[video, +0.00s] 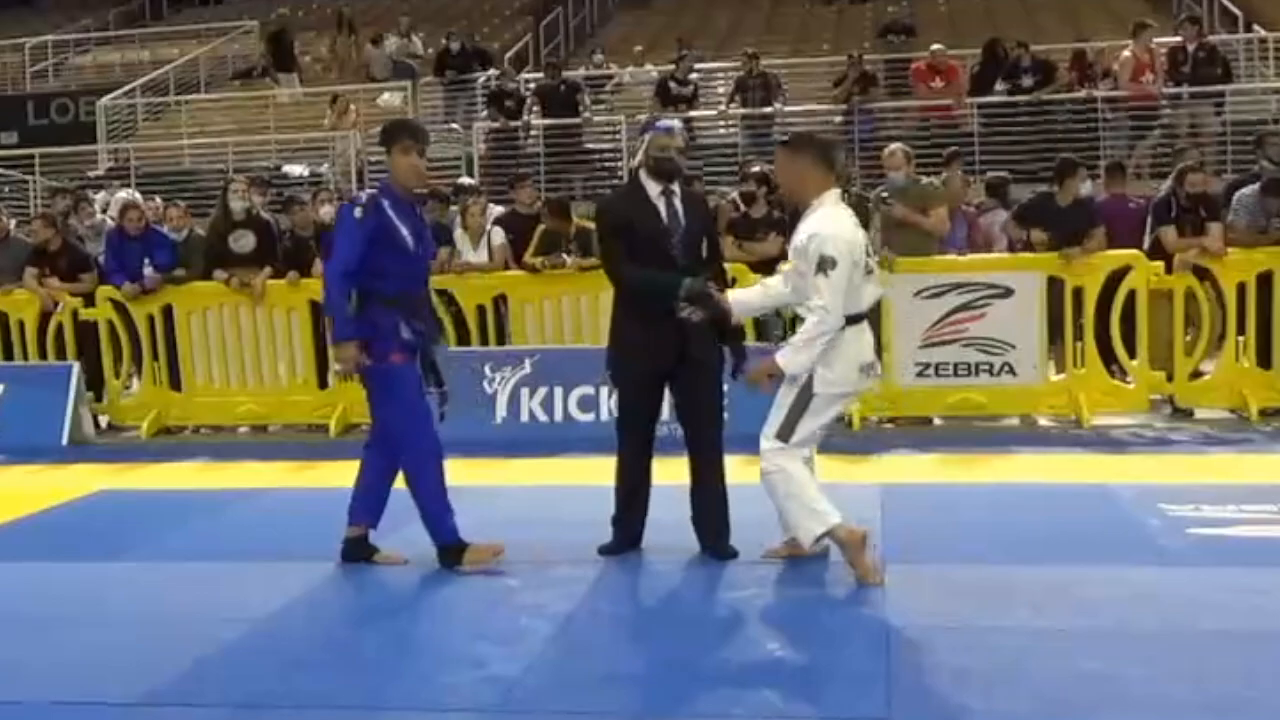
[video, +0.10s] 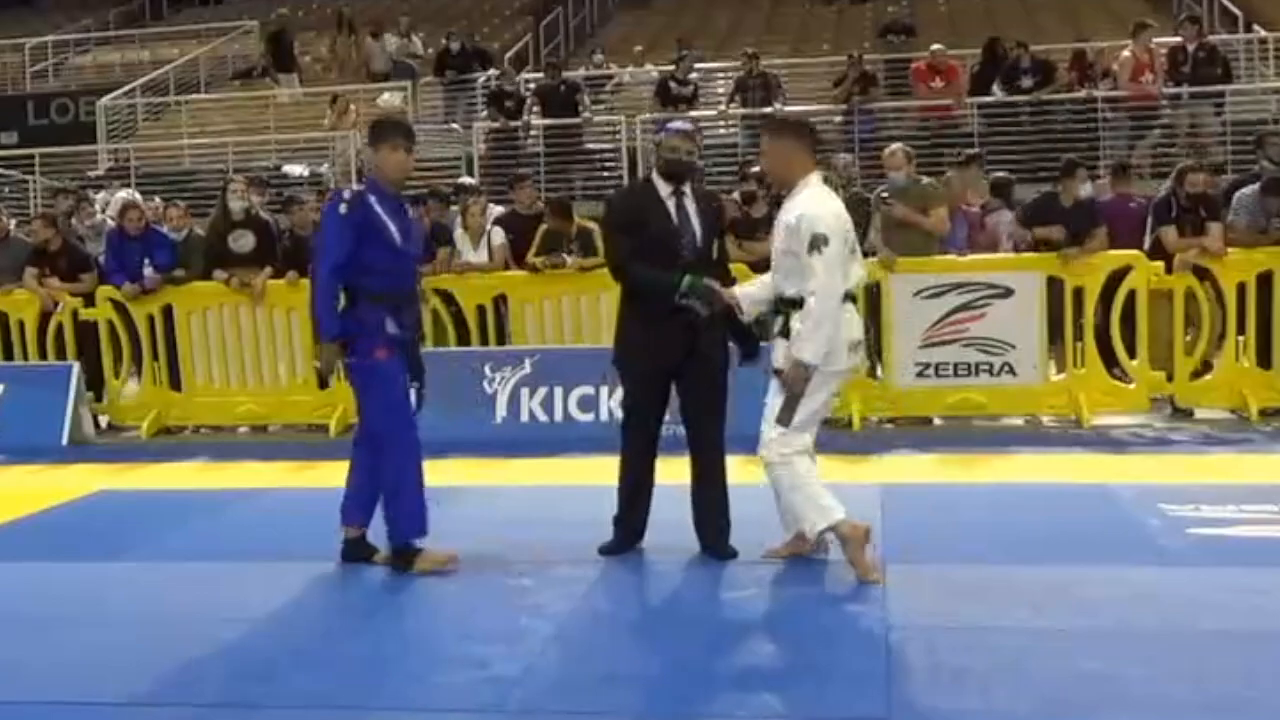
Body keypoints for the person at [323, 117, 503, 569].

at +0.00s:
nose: (421, 164)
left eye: (423, 155)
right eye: (412, 155)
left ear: (421, 159)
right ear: (391, 157)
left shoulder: (412, 213)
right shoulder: (364, 211)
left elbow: (412, 280)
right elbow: (338, 273)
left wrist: (426, 338)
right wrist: (343, 337)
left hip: (409, 336)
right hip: (382, 338)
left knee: (388, 439)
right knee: (419, 440)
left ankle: (356, 536)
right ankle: (450, 546)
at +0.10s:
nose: (409, 162)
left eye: (410, 152)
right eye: (400, 152)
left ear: (404, 157)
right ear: (375, 155)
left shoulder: (400, 210)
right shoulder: (348, 206)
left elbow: (405, 282)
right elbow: (326, 272)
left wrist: (413, 349)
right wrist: (328, 336)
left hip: (398, 330)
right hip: (368, 331)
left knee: (376, 433)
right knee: (398, 432)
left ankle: (354, 533)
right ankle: (405, 543)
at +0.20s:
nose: (399, 159)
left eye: (401, 150)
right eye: (389, 150)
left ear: (398, 156)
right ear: (366, 153)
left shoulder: (391, 208)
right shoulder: (339, 204)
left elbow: (393, 275)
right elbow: (316, 270)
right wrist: (313, 334)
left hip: (389, 323)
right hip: (356, 323)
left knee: (377, 434)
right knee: (369, 434)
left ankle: (361, 539)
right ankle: (353, 543)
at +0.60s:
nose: (360, 161)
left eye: (361, 153)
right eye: (350, 151)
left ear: (357, 159)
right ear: (323, 154)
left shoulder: (352, 219)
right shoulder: (288, 206)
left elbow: (361, 278)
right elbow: (263, 271)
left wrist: (376, 323)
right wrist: (285, 321)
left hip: (352, 345)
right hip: (309, 344)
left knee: (357, 440)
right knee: (287, 445)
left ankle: (355, 541)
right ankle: (253, 552)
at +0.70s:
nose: (355, 165)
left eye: (356, 156)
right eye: (346, 155)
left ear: (343, 161)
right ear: (316, 158)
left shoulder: (343, 222)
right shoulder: (277, 210)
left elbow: (354, 279)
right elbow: (239, 269)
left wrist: (364, 323)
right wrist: (269, 316)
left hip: (341, 351)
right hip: (295, 352)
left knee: (352, 443)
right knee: (275, 452)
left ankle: (354, 542)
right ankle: (251, 558)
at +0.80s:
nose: (348, 166)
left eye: (348, 157)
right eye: (339, 157)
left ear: (332, 160)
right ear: (310, 159)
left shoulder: (335, 221)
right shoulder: (266, 210)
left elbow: (346, 281)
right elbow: (219, 264)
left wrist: (354, 321)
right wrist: (250, 314)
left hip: (332, 348)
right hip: (284, 348)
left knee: (346, 445)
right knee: (268, 452)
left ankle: (352, 541)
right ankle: (250, 560)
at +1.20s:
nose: (343, 164)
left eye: (344, 155)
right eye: (336, 155)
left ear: (324, 158)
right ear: (307, 157)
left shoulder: (329, 208)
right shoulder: (269, 209)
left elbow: (332, 273)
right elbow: (234, 277)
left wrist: (343, 322)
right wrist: (262, 341)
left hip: (330, 329)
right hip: (289, 331)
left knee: (331, 443)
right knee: (279, 445)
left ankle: (308, 549)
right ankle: (250, 558)